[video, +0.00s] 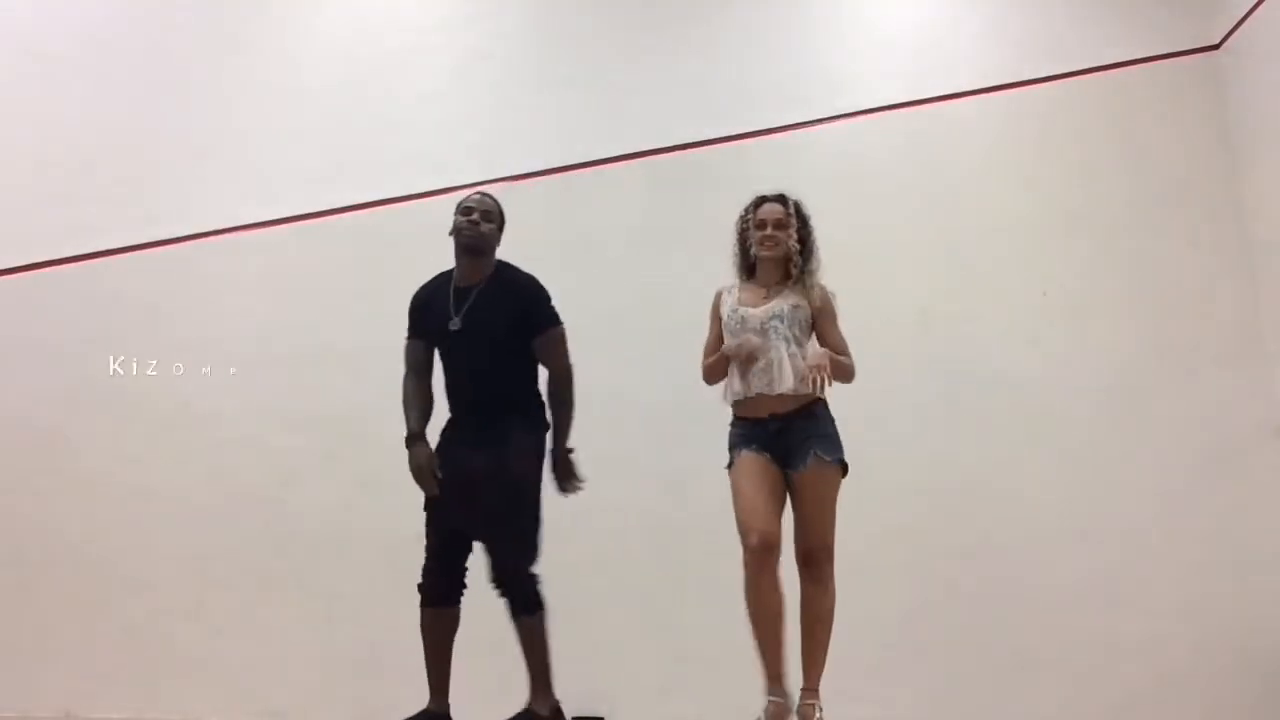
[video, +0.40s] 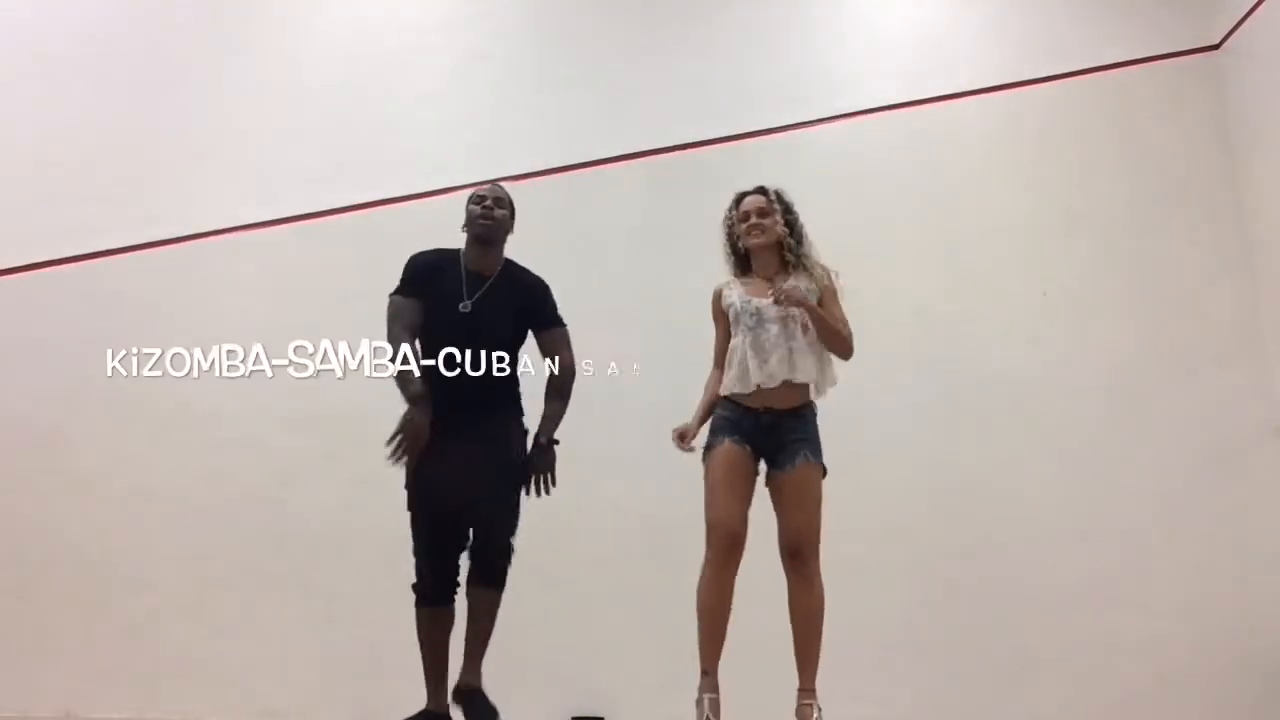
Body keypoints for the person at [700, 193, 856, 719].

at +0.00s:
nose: (770, 233)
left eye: (780, 226)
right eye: (761, 226)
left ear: (797, 236)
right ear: (747, 236)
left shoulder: (814, 296)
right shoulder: (727, 299)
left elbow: (847, 371)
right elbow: (709, 374)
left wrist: (824, 358)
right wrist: (734, 352)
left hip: (810, 428)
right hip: (751, 433)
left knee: (815, 559)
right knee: (759, 546)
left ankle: (811, 694)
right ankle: (775, 691)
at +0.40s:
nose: (755, 220)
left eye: (764, 213)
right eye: (745, 217)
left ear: (785, 224)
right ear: (736, 234)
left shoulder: (816, 280)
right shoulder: (727, 295)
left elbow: (844, 347)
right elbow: (720, 368)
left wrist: (808, 307)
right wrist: (696, 419)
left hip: (795, 425)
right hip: (733, 424)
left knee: (800, 555)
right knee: (724, 542)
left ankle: (807, 695)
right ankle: (708, 684)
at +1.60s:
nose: (727, 229)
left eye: (734, 219)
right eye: (720, 225)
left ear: (759, 225)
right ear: (717, 239)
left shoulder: (796, 286)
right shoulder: (713, 297)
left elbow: (828, 350)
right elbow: (704, 372)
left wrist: (846, 290)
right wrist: (657, 344)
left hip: (790, 430)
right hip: (728, 431)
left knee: (790, 556)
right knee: (717, 549)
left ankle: (782, 695)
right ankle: (715, 687)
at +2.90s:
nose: (720, 228)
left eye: (727, 219)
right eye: (712, 223)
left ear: (749, 223)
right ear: (706, 234)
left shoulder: (783, 283)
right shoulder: (700, 292)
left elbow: (811, 349)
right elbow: (691, 362)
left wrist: (775, 310)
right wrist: (684, 386)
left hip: (776, 426)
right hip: (714, 426)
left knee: (787, 554)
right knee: (707, 551)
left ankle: (795, 693)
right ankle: (697, 690)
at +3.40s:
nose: (713, 225)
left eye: (721, 215)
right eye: (707, 219)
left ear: (743, 221)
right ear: (700, 231)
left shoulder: (776, 285)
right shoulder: (689, 286)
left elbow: (800, 354)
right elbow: (668, 359)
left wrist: (783, 380)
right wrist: (685, 327)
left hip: (757, 427)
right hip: (696, 423)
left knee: (778, 541)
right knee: (689, 552)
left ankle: (762, 684)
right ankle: (689, 689)